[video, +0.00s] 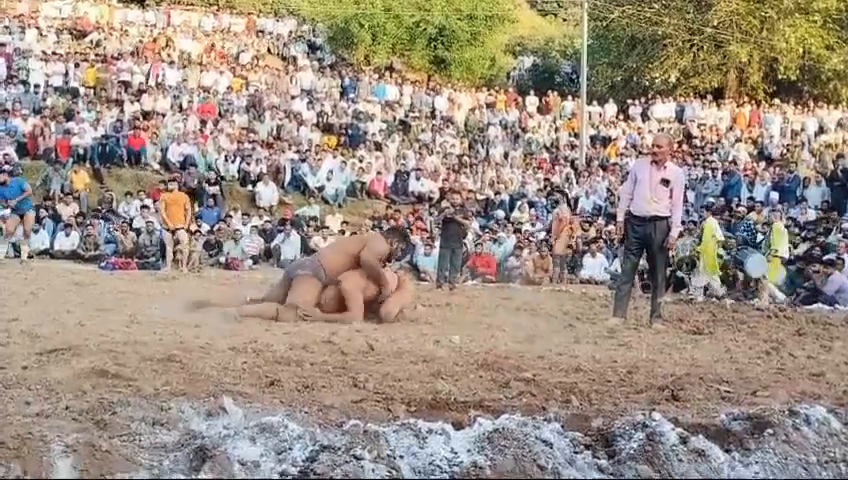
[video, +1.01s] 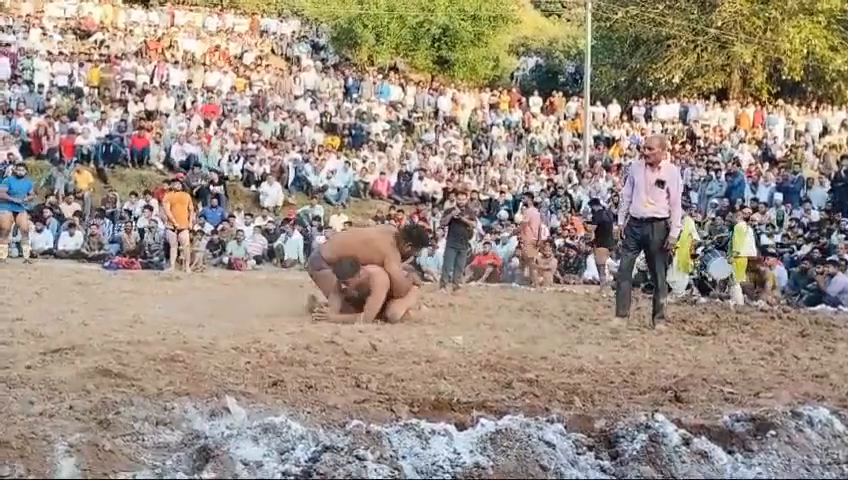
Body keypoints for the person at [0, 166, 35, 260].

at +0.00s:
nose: (0, 177)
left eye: (1, 175)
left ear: (6, 174)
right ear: (2, 176)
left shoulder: (19, 181)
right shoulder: (2, 189)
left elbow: (29, 191)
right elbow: (3, 201)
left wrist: (16, 200)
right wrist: (8, 204)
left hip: (28, 209)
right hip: (15, 210)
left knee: (27, 231)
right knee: (9, 230)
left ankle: (24, 255)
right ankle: (5, 251)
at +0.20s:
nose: (3, 175)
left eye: (5, 172)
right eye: (2, 173)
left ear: (10, 171)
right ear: (1, 175)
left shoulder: (22, 178)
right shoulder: (3, 187)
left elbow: (32, 187)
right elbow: (4, 200)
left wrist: (17, 195)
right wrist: (10, 199)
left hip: (28, 207)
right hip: (16, 210)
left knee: (27, 231)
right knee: (9, 230)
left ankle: (25, 256)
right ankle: (4, 252)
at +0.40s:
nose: (9, 171)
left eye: (11, 168)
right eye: (8, 168)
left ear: (16, 168)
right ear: (6, 170)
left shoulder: (26, 179)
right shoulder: (6, 183)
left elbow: (35, 190)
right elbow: (1, 196)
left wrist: (20, 193)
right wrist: (8, 195)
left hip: (26, 206)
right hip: (12, 206)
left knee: (26, 230)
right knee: (8, 229)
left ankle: (25, 255)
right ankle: (4, 254)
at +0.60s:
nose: (13, 169)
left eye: (15, 167)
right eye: (11, 167)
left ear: (20, 168)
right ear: (8, 168)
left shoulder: (27, 181)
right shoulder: (5, 180)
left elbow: (31, 195)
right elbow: (2, 192)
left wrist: (20, 195)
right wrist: (8, 193)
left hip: (21, 205)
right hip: (6, 205)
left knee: (23, 228)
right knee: (3, 228)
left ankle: (25, 253)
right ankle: (3, 252)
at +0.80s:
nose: (15, 170)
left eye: (18, 168)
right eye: (13, 168)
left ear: (22, 170)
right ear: (10, 168)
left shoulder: (27, 182)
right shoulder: (5, 180)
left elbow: (30, 196)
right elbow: (1, 191)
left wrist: (19, 199)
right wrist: (8, 195)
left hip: (19, 206)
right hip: (5, 206)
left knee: (21, 230)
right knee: (3, 229)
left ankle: (24, 254)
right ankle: (2, 254)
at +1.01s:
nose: (21, 172)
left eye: (23, 170)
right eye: (19, 170)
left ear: (26, 171)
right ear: (15, 170)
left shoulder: (28, 183)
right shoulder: (8, 180)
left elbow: (32, 195)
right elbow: (3, 194)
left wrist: (27, 199)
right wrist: (14, 200)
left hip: (21, 207)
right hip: (7, 207)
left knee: (25, 229)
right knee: (5, 229)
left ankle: (26, 255)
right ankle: (3, 255)